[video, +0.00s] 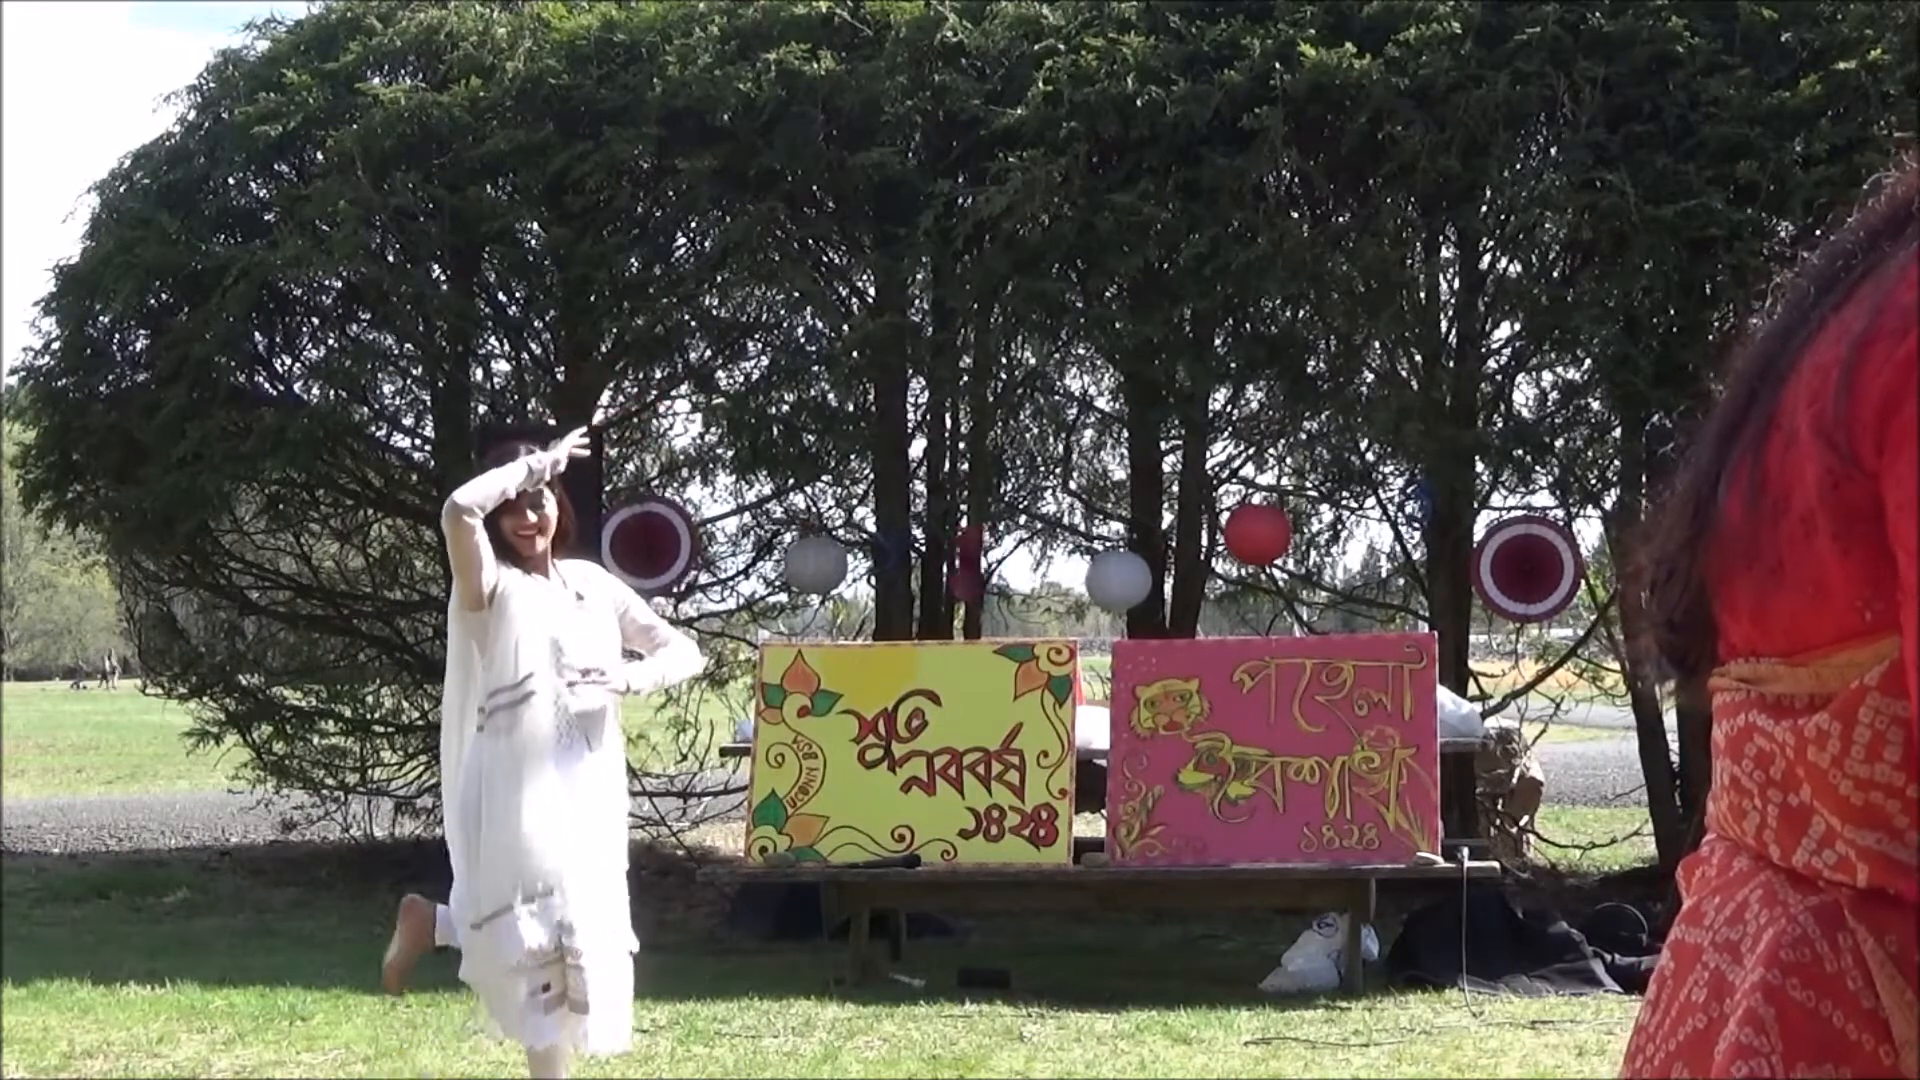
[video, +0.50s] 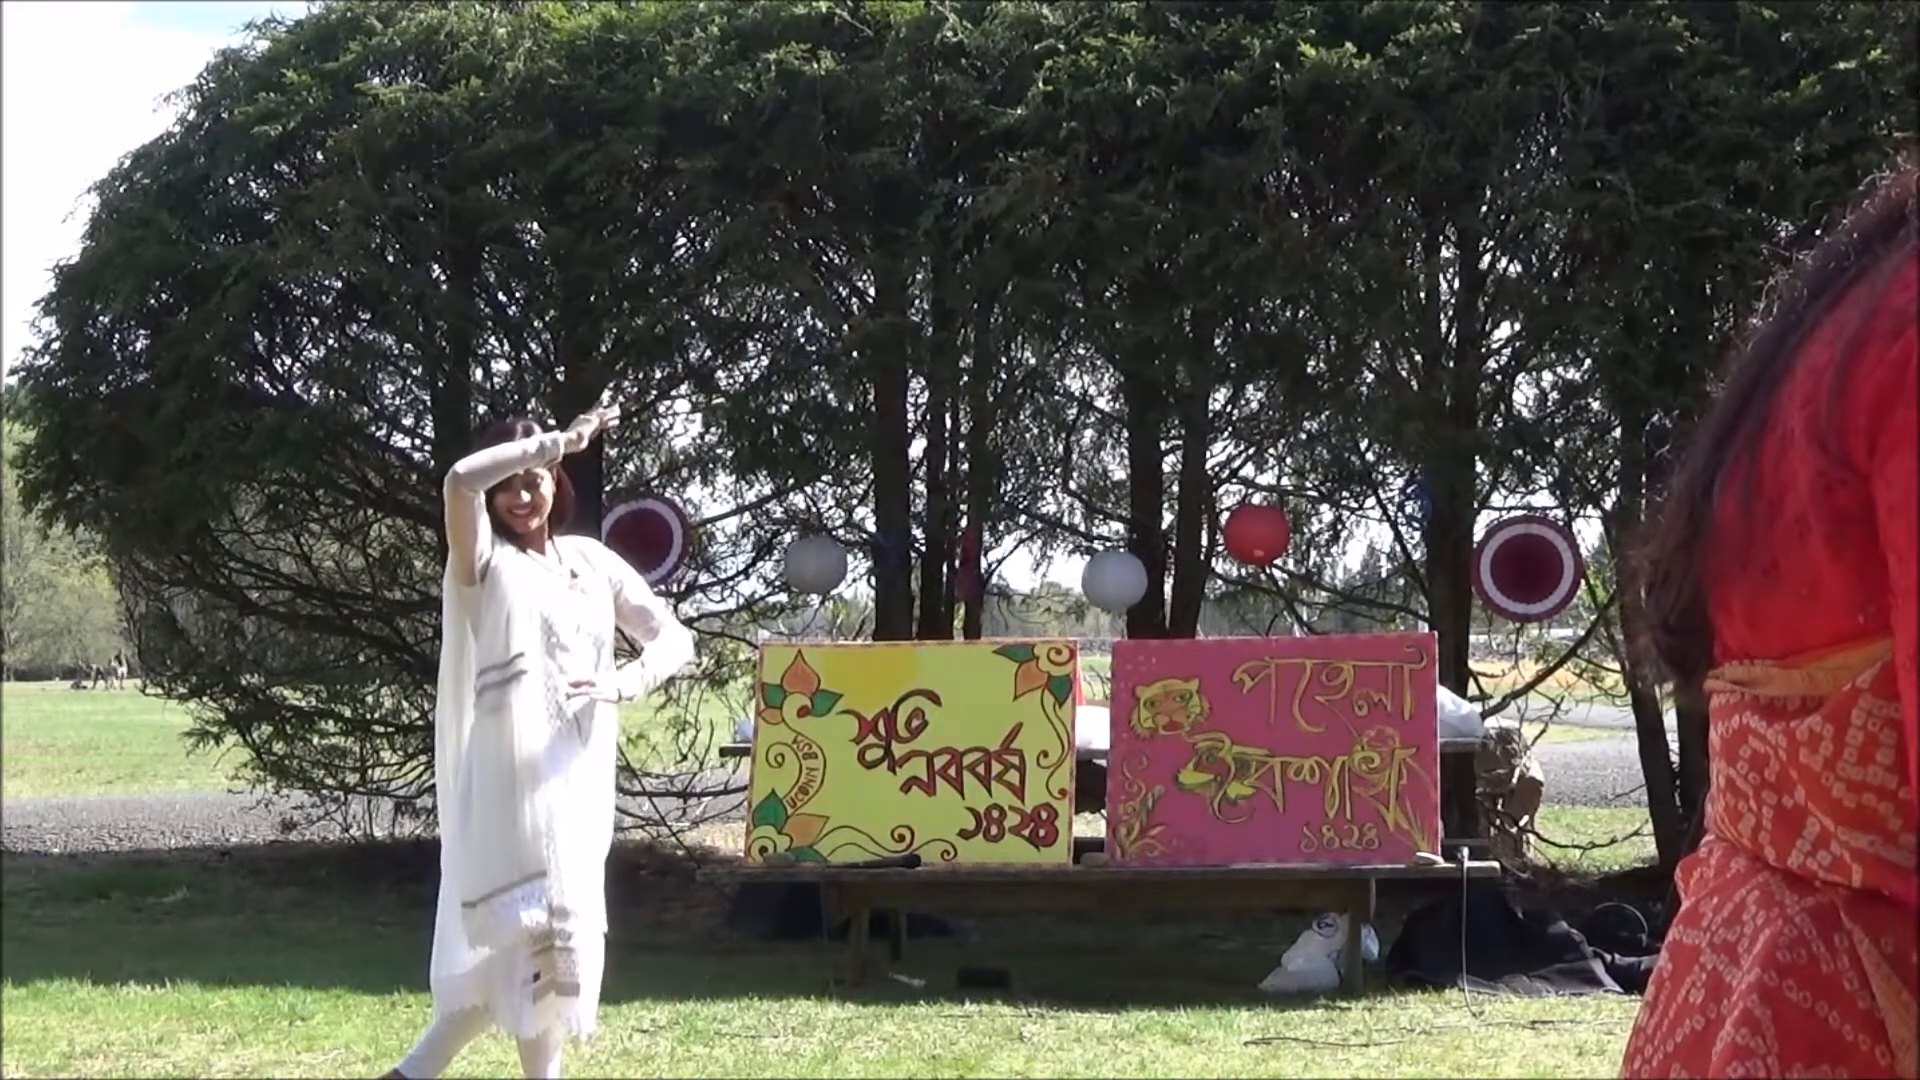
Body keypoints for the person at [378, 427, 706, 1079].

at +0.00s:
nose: (529, 516)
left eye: (540, 500)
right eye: (513, 505)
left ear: (558, 506)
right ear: (493, 518)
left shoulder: (589, 581)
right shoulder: (485, 587)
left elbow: (684, 653)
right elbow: (459, 509)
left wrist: (629, 674)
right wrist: (538, 463)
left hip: (587, 778)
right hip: (511, 777)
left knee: (583, 934)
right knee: (535, 937)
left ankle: (431, 924)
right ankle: (425, 923)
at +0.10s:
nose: (524, 515)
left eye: (536, 499)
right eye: (509, 504)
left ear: (556, 503)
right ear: (490, 516)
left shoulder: (589, 580)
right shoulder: (482, 586)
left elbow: (680, 653)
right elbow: (459, 504)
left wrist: (627, 683)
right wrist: (542, 459)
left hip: (587, 779)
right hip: (510, 780)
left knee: (584, 941)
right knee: (541, 941)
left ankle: (422, 974)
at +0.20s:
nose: (522, 513)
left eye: (533, 497)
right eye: (508, 503)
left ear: (553, 500)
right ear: (489, 516)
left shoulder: (588, 576)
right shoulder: (481, 582)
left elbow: (677, 654)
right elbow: (458, 503)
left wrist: (625, 686)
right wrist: (541, 458)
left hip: (581, 791)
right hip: (508, 790)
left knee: (563, 966)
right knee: (540, 965)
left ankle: (425, 1072)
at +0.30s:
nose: (520, 508)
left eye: (531, 493)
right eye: (505, 498)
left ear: (553, 497)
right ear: (487, 509)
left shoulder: (586, 570)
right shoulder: (479, 578)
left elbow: (673, 651)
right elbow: (459, 497)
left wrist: (619, 689)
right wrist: (546, 452)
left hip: (578, 782)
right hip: (505, 781)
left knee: (546, 956)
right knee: (537, 953)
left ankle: (416, 1069)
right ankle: (548, 1071)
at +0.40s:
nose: (521, 501)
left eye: (532, 486)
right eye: (506, 489)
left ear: (554, 489)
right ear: (488, 500)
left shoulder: (588, 563)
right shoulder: (479, 568)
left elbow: (673, 645)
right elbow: (459, 486)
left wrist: (620, 686)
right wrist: (549, 446)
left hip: (579, 776)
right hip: (505, 774)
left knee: (524, 946)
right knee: (542, 941)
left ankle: (414, 1069)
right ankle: (546, 1072)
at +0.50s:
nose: (523, 496)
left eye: (535, 480)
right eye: (508, 484)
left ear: (556, 485)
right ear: (488, 496)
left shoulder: (590, 558)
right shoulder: (480, 565)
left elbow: (676, 639)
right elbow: (460, 479)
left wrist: (621, 681)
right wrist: (559, 442)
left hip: (575, 779)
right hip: (502, 777)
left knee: (529, 950)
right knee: (534, 948)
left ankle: (413, 1069)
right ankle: (544, 1072)